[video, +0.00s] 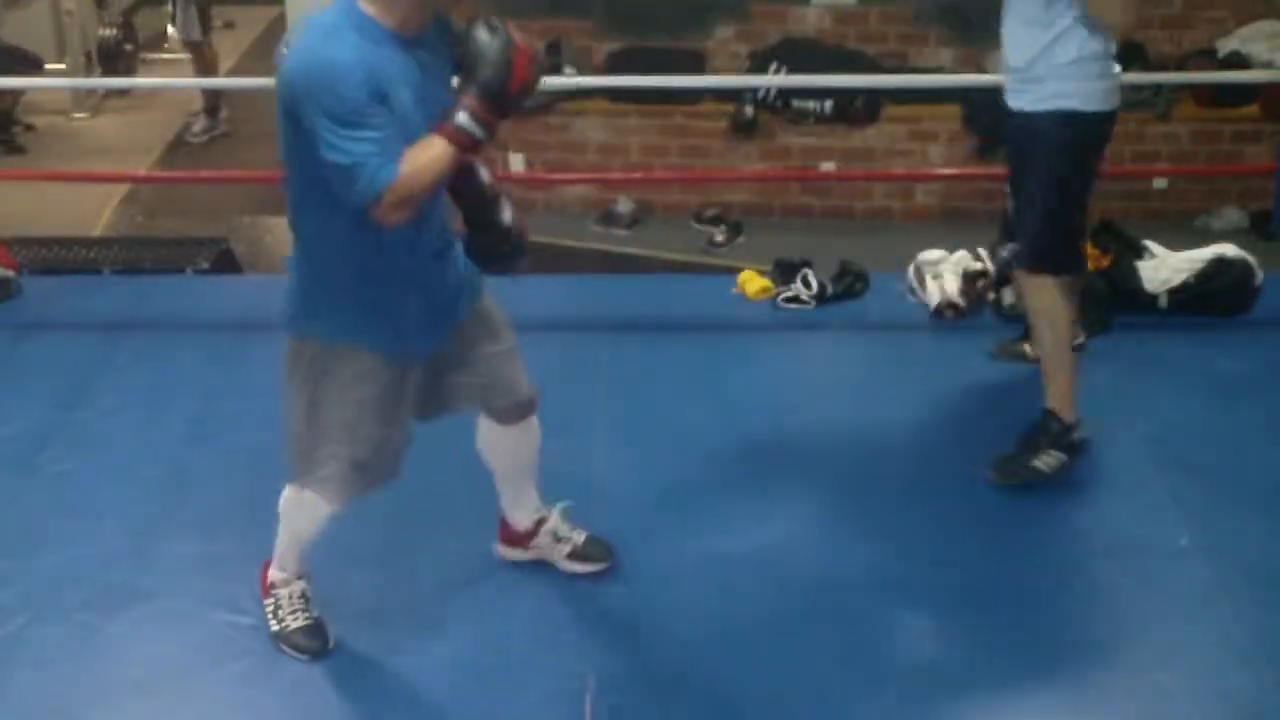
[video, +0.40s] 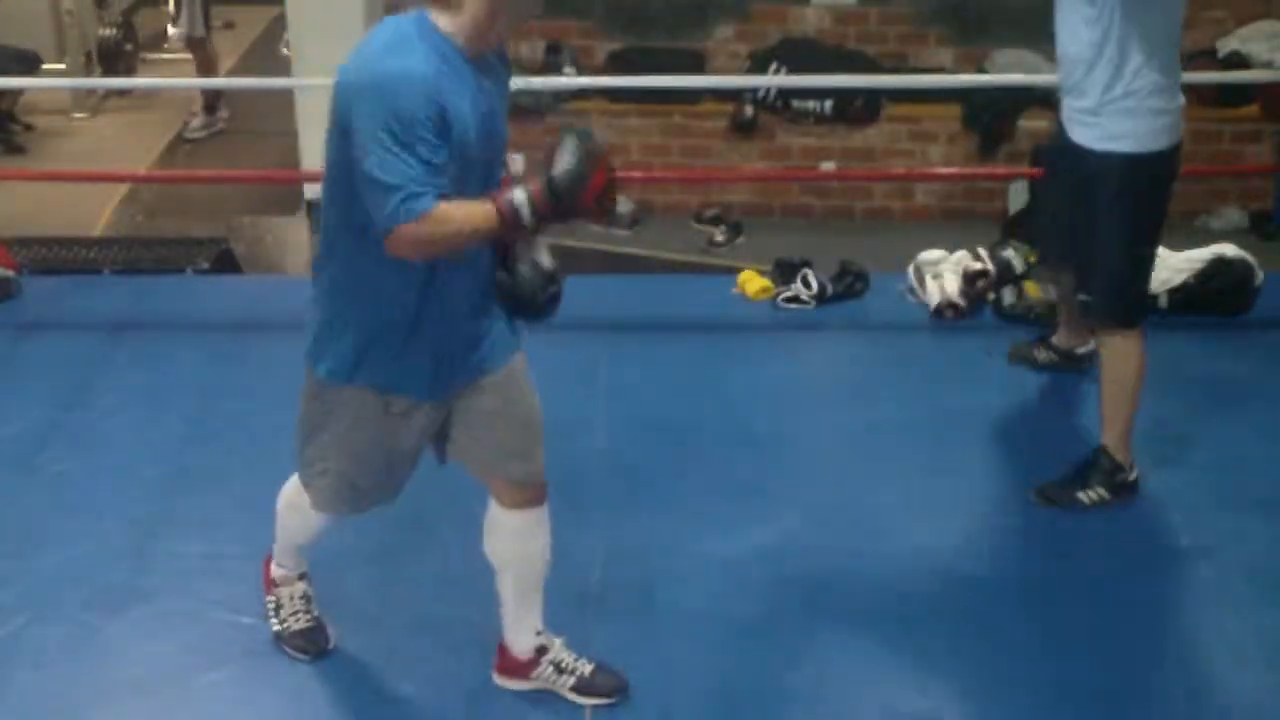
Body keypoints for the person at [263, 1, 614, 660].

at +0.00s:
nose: (461, 3)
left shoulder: (434, 34)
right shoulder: (323, 63)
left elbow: (439, 143)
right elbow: (389, 198)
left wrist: (479, 205)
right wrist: (477, 109)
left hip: (439, 276)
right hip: (353, 299)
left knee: (511, 403)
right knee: (338, 469)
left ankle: (525, 526)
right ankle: (282, 577)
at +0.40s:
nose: (529, 13)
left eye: (527, 9)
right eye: (525, 5)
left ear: (492, 6)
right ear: (491, 0)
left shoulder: (484, 61)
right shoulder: (388, 75)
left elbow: (478, 177)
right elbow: (406, 232)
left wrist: (514, 246)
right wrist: (531, 203)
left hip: (470, 324)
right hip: (378, 341)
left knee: (522, 483)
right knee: (333, 488)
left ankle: (523, 649)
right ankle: (283, 571)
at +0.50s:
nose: (589, 25)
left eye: (590, 17)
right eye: (587, 13)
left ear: (560, 7)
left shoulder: (527, 62)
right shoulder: (429, 55)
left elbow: (504, 196)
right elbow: (379, 198)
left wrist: (554, 269)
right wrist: (511, 245)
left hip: (496, 334)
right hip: (400, 342)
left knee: (531, 494)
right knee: (363, 508)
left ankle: (525, 650)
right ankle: (291, 569)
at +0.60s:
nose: (618, 25)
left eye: (622, 16)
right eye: (618, 11)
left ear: (586, 8)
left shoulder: (564, 71)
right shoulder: (466, 36)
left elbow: (533, 206)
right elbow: (369, 162)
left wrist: (588, 266)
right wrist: (490, 249)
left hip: (513, 341)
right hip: (419, 342)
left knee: (537, 497)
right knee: (398, 539)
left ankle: (525, 650)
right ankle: (310, 578)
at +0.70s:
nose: (640, 17)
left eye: (643, 10)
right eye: (640, 5)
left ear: (608, 6)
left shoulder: (586, 70)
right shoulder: (487, 32)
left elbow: (559, 202)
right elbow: (373, 148)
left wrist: (614, 265)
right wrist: (494, 241)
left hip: (531, 347)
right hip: (438, 351)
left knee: (540, 504)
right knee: (432, 560)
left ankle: (527, 652)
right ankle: (336, 641)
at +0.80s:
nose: (655, 10)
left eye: (656, 6)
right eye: (653, 1)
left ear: (626, 5)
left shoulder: (596, 65)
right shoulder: (491, 41)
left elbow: (575, 203)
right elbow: (392, 168)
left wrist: (629, 272)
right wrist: (528, 240)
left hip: (544, 350)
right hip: (459, 357)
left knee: (540, 513)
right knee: (469, 575)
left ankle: (526, 654)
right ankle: (374, 710)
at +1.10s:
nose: (669, 11)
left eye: (664, 3)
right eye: (660, 1)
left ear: (597, 12)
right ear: (619, 9)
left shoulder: (564, 97)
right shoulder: (533, 138)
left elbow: (566, 266)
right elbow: (525, 327)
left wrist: (645, 272)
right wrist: (654, 276)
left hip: (567, 415)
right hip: (527, 440)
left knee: (568, 558)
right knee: (543, 665)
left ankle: (553, 665)